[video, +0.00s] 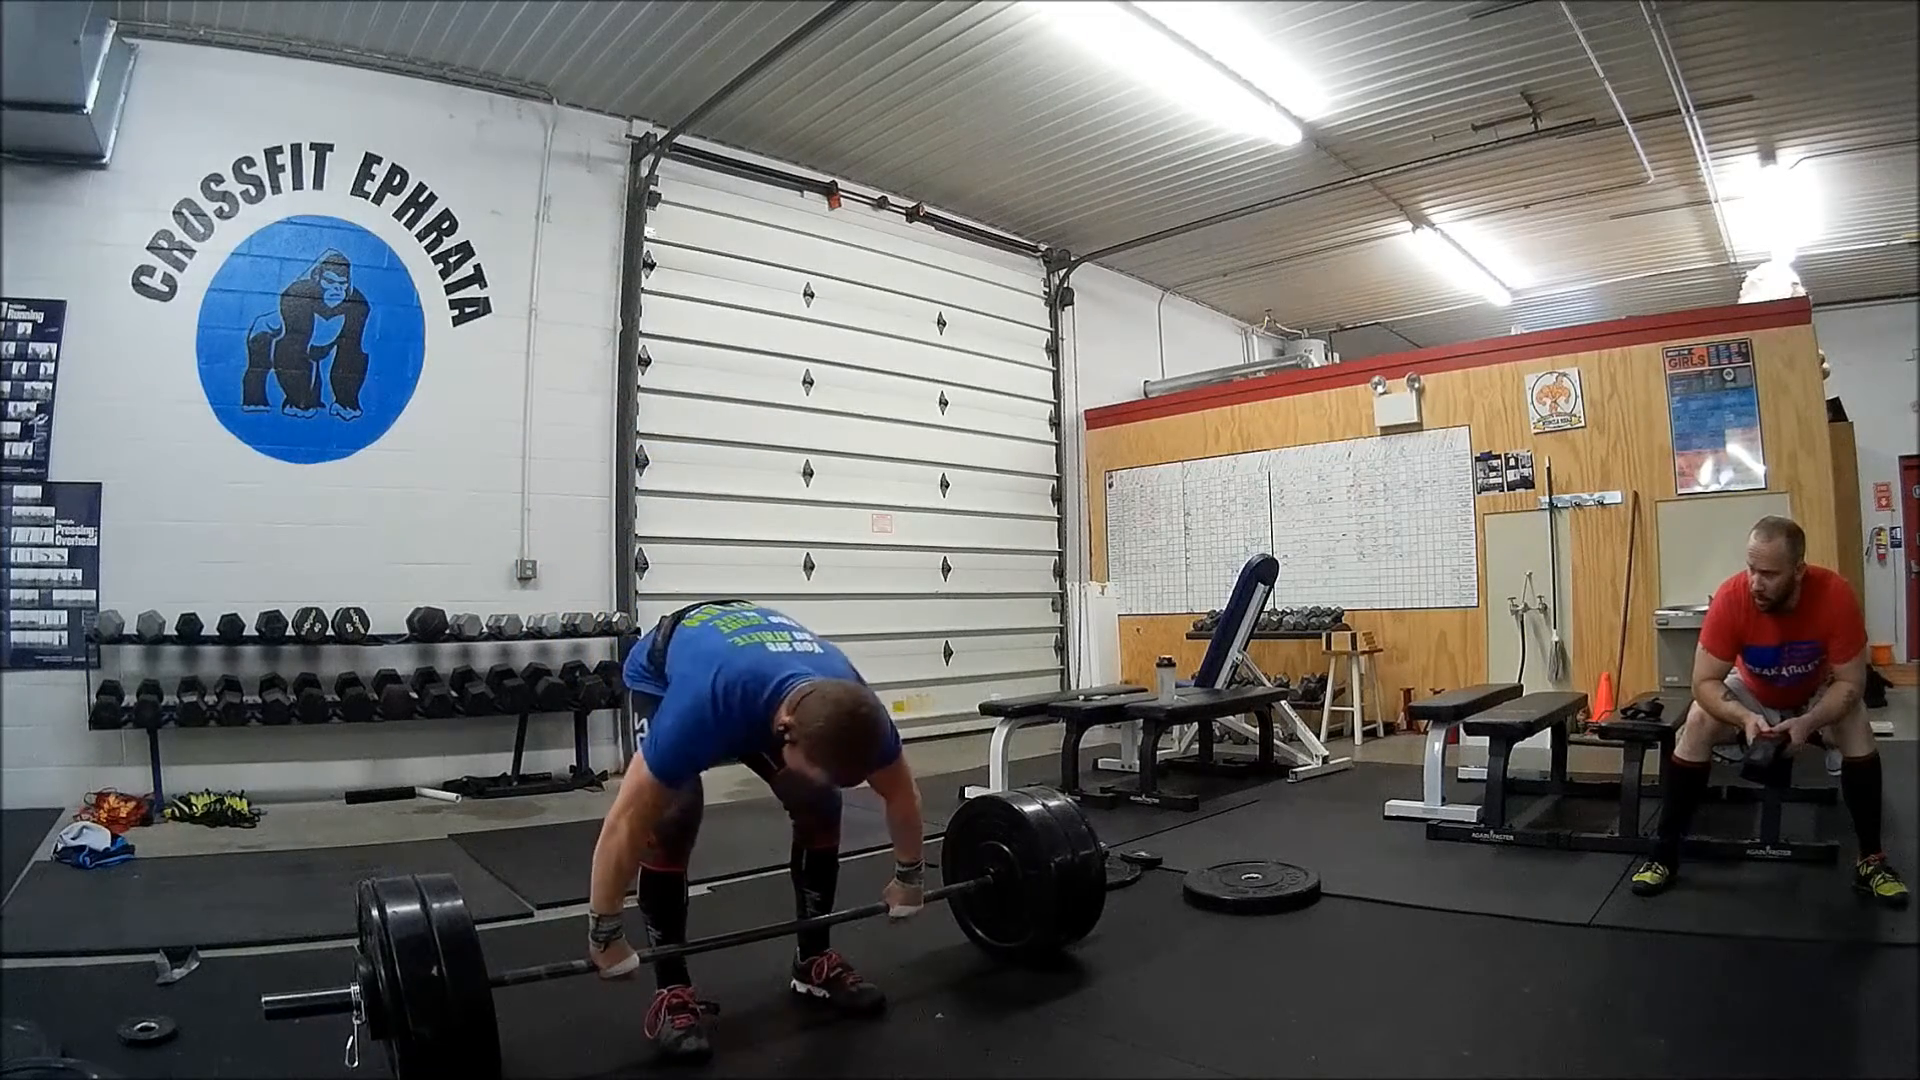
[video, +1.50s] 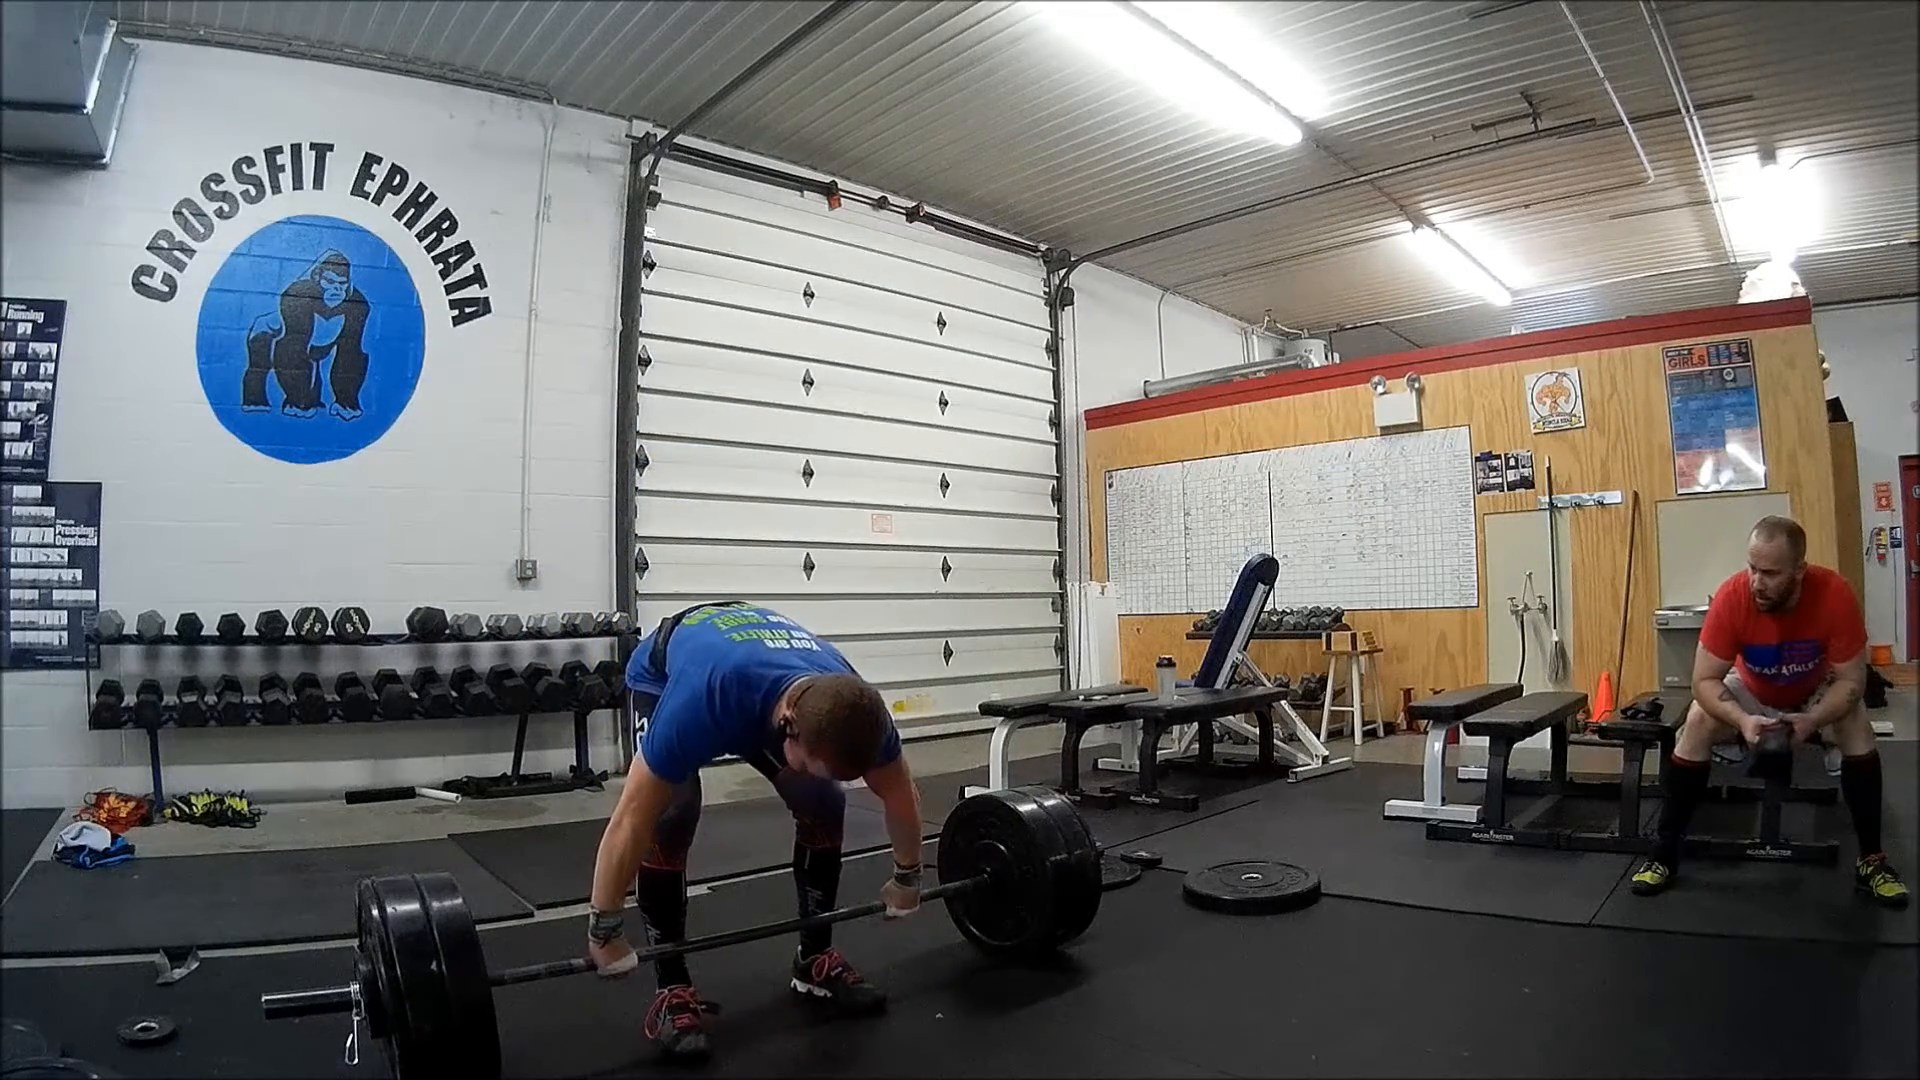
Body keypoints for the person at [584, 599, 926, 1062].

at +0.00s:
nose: (829, 790)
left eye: (843, 783)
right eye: (825, 778)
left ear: (869, 731)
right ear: (787, 732)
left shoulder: (865, 717)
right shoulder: (702, 708)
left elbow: (901, 792)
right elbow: (625, 817)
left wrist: (910, 875)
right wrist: (604, 932)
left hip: (759, 648)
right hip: (660, 670)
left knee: (820, 805)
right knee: (675, 818)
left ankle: (815, 961)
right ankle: (673, 992)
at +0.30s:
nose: (833, 784)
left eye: (846, 777)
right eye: (825, 771)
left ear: (879, 734)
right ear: (796, 728)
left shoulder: (874, 722)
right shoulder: (707, 711)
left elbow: (904, 796)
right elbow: (635, 822)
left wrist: (911, 879)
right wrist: (605, 933)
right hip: (677, 675)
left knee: (833, 808)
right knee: (678, 822)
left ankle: (818, 959)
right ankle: (675, 991)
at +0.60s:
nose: (826, 798)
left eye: (841, 796)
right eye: (820, 787)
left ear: (881, 753)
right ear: (797, 735)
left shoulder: (861, 710)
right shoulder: (707, 715)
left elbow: (891, 790)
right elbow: (630, 820)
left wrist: (902, 872)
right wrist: (603, 933)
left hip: (766, 646)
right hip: (668, 668)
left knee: (827, 807)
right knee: (677, 824)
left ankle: (815, 958)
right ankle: (676, 991)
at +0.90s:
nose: (824, 789)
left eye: (840, 784)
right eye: (819, 775)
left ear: (877, 739)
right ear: (794, 728)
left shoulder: (869, 720)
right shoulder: (707, 709)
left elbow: (903, 794)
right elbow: (633, 820)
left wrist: (909, 877)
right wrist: (604, 930)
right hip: (673, 670)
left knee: (831, 807)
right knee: (682, 818)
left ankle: (816, 958)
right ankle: (673, 991)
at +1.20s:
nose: (823, 793)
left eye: (838, 785)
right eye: (815, 780)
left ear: (865, 746)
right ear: (784, 731)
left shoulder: (868, 728)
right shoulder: (695, 708)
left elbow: (896, 794)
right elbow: (625, 819)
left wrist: (907, 876)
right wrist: (603, 932)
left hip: (767, 650)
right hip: (664, 669)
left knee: (825, 805)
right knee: (676, 815)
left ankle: (815, 958)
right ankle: (673, 992)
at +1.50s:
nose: (817, 779)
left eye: (833, 774)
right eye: (815, 767)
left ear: (868, 733)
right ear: (790, 723)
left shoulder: (863, 718)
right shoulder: (700, 705)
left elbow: (899, 793)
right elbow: (631, 816)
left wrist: (909, 877)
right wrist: (603, 930)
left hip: (762, 659)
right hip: (662, 674)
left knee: (824, 803)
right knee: (675, 813)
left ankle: (816, 958)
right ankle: (673, 991)